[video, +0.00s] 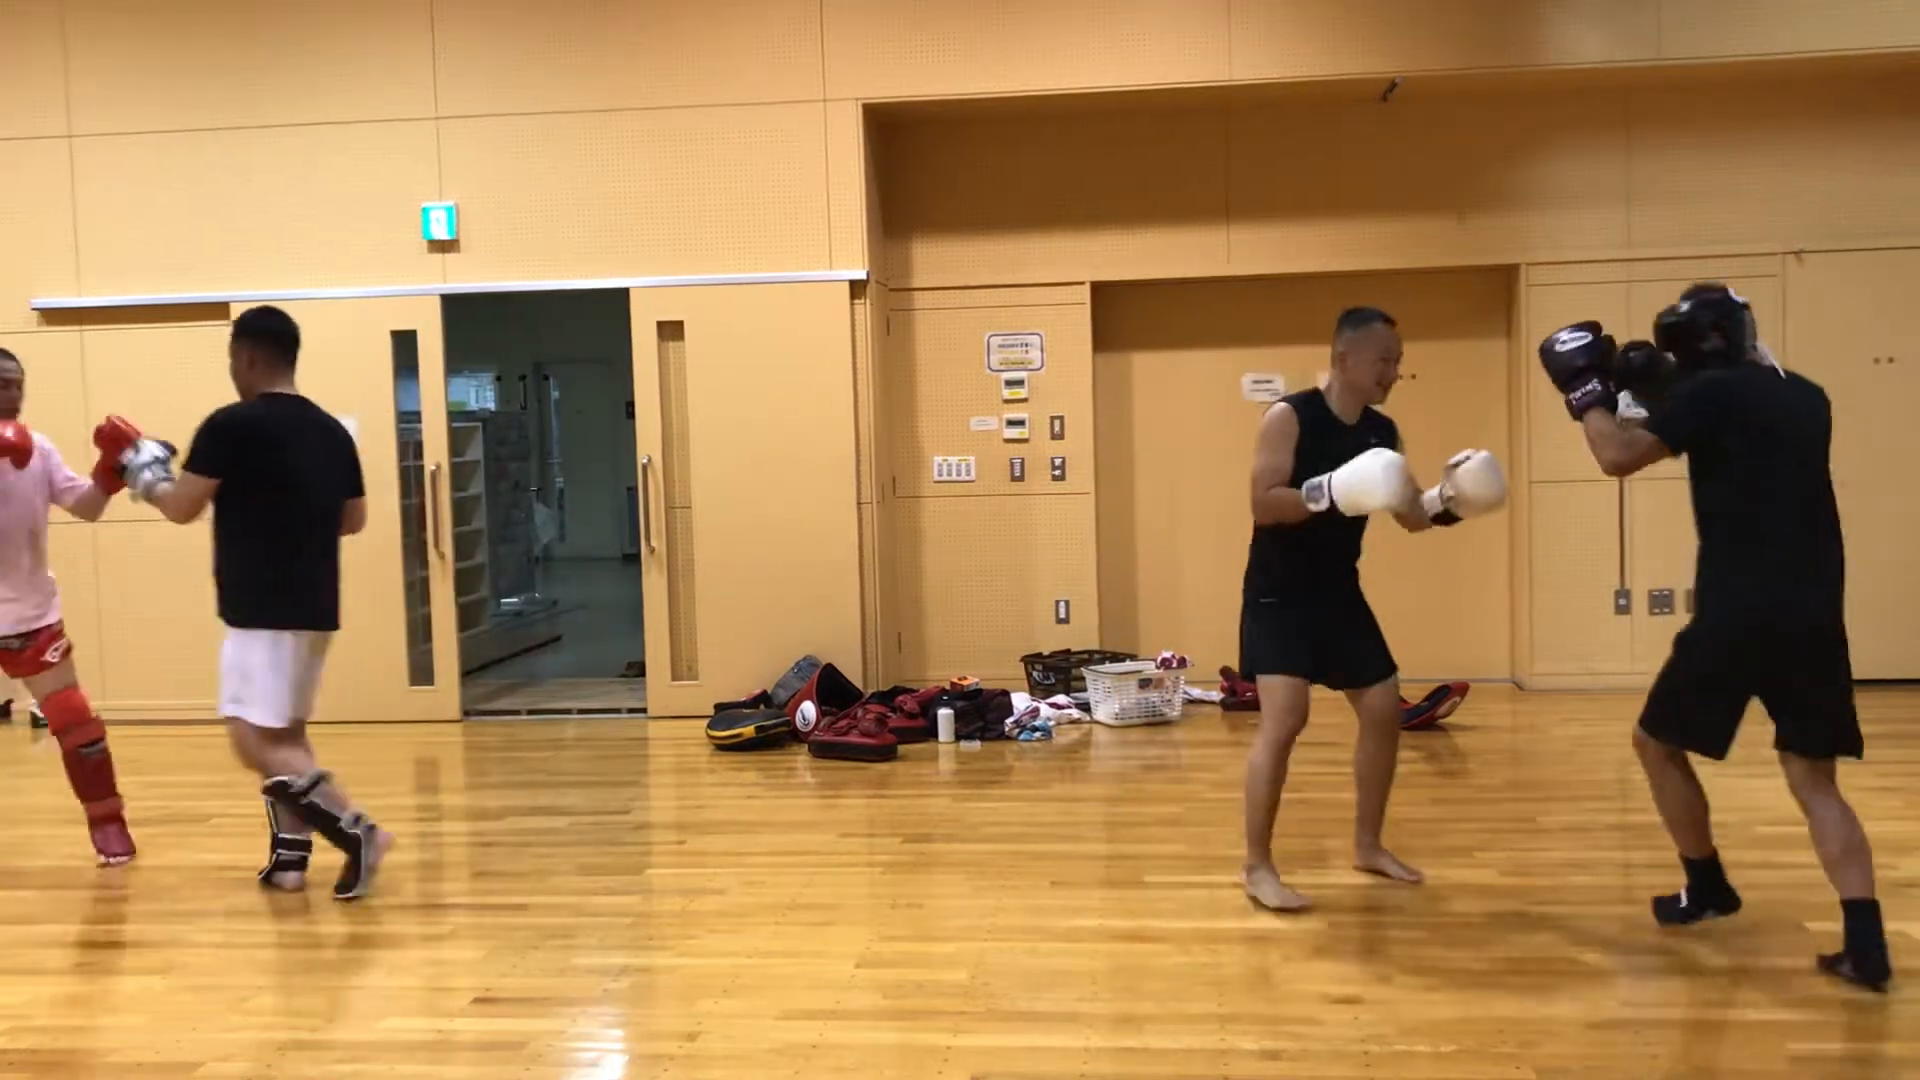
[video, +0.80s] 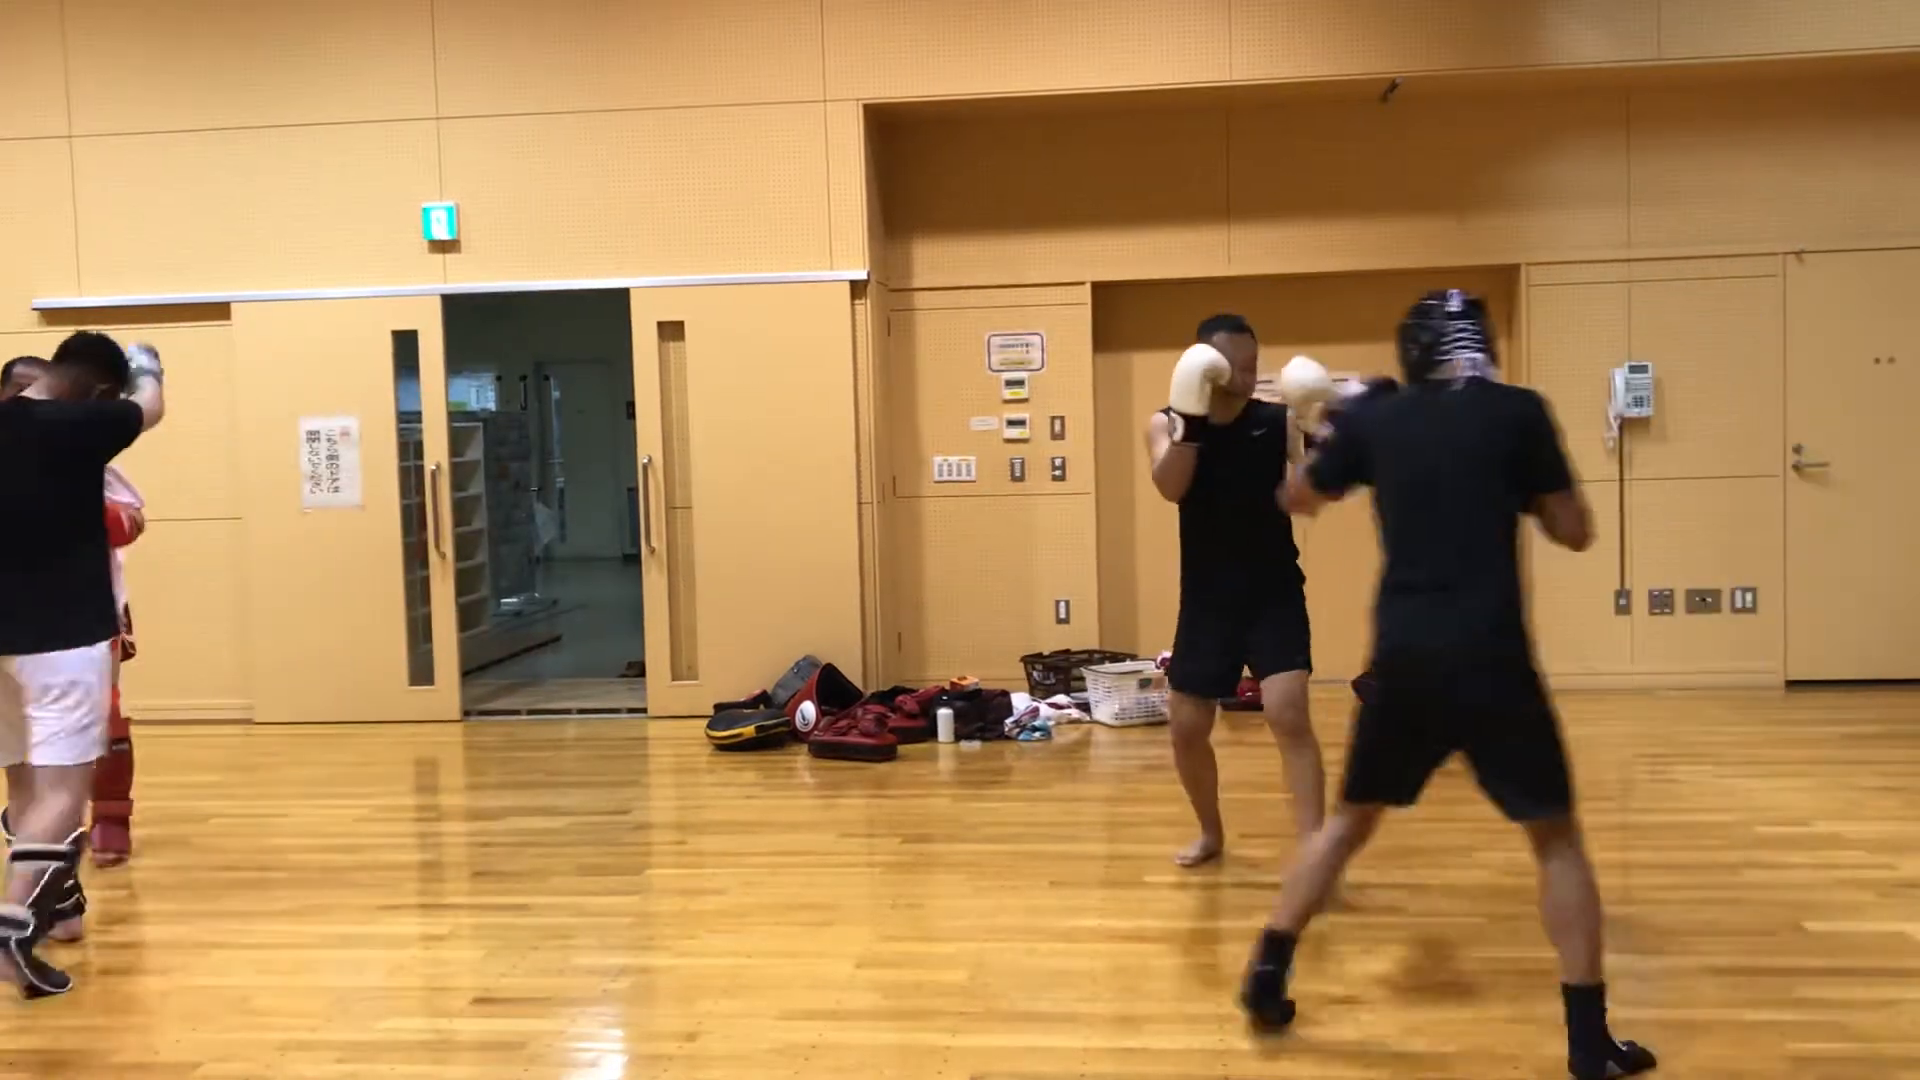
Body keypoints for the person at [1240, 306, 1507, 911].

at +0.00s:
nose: (1396, 373)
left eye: (1398, 362)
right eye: (1386, 361)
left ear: (1376, 364)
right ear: (1344, 358)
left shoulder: (1381, 432)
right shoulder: (1288, 418)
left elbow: (1409, 516)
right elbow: (1263, 506)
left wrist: (1448, 501)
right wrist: (1329, 492)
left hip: (1339, 592)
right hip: (1278, 592)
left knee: (1383, 709)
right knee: (1283, 719)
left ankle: (1368, 847)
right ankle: (1258, 867)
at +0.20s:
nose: (1355, 369)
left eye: (1365, 358)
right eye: (1345, 355)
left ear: (1375, 364)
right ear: (1320, 353)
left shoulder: (1367, 428)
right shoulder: (1271, 408)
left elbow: (1416, 494)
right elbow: (1293, 474)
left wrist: (1445, 452)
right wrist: (1332, 409)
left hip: (1332, 589)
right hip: (1266, 589)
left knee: (1371, 707)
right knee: (1233, 716)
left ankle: (1368, 845)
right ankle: (1214, 827)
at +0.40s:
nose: (1307, 376)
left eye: (1314, 366)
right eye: (1296, 364)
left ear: (1322, 370)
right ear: (1268, 362)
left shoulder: (1329, 427)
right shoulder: (1226, 420)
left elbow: (1384, 490)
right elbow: (1250, 479)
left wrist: (1402, 444)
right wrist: (1273, 415)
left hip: (1310, 597)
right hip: (1241, 599)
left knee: (1360, 709)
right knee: (1199, 718)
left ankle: (1364, 847)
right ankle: (1208, 833)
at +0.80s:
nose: (1246, 380)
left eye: (1252, 368)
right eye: (1234, 370)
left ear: (1258, 363)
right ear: (1203, 371)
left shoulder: (1279, 421)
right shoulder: (1170, 424)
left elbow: (1301, 498)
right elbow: (1171, 487)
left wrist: (1318, 433)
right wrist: (1189, 424)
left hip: (1273, 589)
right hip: (1206, 593)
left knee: (1288, 716)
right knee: (1185, 729)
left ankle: (1314, 853)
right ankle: (1211, 834)